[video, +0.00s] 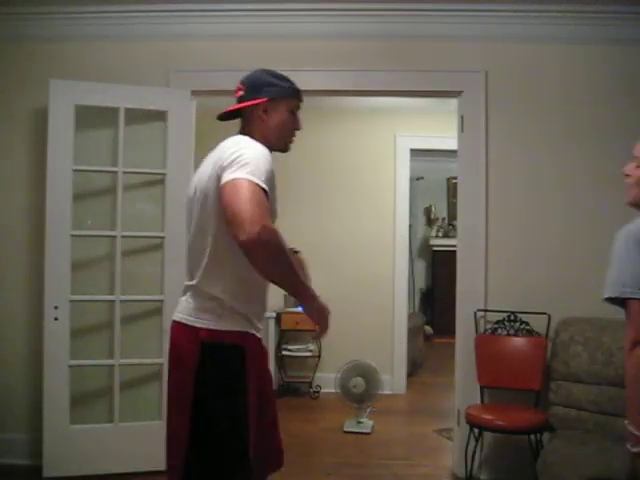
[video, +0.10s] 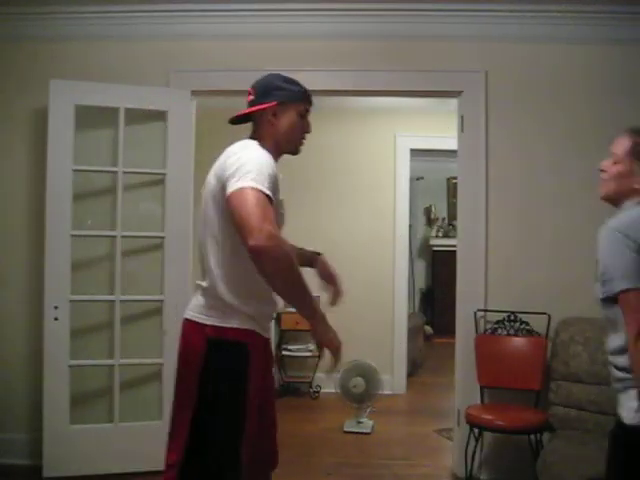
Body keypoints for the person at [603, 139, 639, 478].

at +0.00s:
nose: (627, 169)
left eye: (635, 161)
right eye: (631, 161)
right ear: (630, 172)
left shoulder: (632, 236)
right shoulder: (630, 236)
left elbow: (634, 342)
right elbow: (634, 343)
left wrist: (634, 433)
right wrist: (634, 433)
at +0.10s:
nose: (602, 166)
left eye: (614, 159)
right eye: (607, 157)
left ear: (636, 171)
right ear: (631, 171)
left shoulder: (620, 229)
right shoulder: (623, 228)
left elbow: (633, 326)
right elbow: (631, 323)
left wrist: (632, 406)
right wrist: (630, 403)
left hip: (632, 415)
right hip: (631, 413)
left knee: (618, 472)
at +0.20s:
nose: (579, 162)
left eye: (591, 155)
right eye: (585, 154)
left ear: (618, 172)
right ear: (615, 173)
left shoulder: (610, 222)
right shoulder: (624, 215)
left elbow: (634, 308)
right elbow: (626, 312)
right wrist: (609, 391)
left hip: (624, 404)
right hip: (625, 399)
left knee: (591, 472)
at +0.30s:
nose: (558, 161)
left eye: (570, 154)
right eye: (564, 152)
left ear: (598, 172)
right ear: (592, 173)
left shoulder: (607, 221)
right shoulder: (579, 226)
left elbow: (633, 300)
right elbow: (582, 311)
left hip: (618, 394)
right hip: (597, 390)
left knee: (559, 470)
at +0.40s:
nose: (539, 164)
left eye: (550, 157)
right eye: (544, 156)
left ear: (577, 174)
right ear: (572, 175)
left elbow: (634, 304)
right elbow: (541, 306)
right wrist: (512, 348)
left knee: (558, 471)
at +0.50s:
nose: (520, 165)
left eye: (531, 159)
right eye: (525, 157)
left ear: (557, 175)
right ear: (553, 175)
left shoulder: (572, 227)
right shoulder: (535, 231)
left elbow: (613, 306)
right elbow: (518, 304)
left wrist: (639, 355)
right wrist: (468, 334)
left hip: (573, 395)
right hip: (549, 393)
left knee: (542, 474)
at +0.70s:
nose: (493, 171)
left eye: (501, 162)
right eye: (495, 162)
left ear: (529, 169)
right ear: (526, 171)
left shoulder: (539, 213)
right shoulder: (519, 219)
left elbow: (525, 270)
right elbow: (495, 290)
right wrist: (438, 289)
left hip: (539, 382)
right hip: (519, 380)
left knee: (491, 472)